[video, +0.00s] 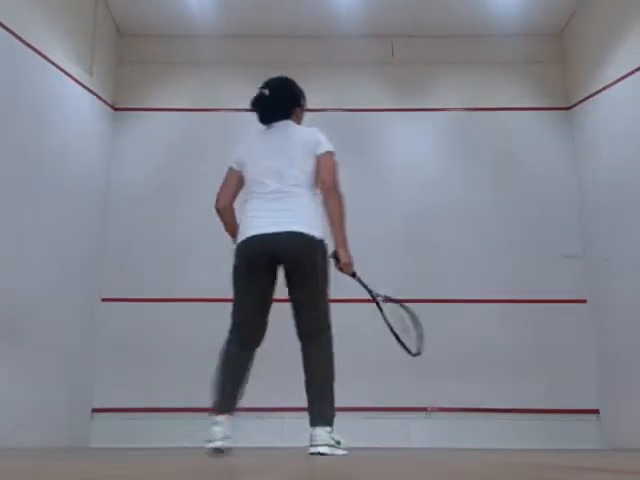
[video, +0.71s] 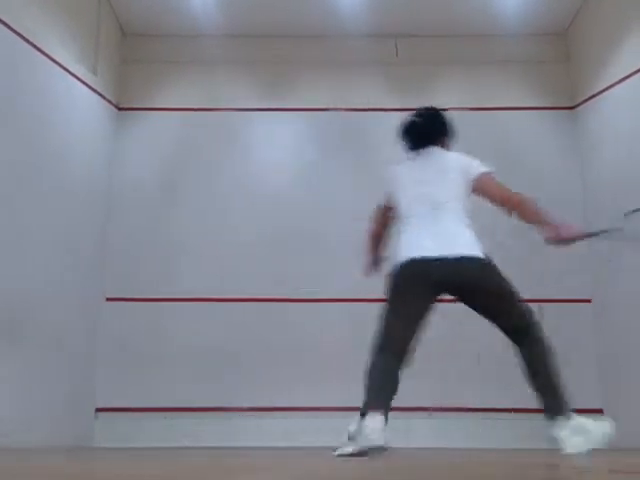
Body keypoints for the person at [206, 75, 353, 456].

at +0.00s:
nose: (304, 112)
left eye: (302, 107)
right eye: (303, 107)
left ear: (263, 111)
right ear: (297, 110)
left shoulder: (248, 145)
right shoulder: (313, 138)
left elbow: (223, 202)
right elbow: (329, 188)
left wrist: (241, 239)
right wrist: (342, 246)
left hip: (254, 242)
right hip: (303, 240)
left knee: (244, 332)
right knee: (315, 334)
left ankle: (221, 420)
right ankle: (322, 430)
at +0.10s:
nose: (312, 115)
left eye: (310, 110)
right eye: (311, 110)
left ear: (270, 112)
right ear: (305, 111)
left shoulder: (253, 146)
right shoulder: (320, 140)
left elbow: (228, 204)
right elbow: (343, 187)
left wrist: (239, 247)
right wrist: (354, 243)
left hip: (261, 242)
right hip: (312, 238)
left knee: (257, 332)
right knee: (332, 330)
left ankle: (243, 425)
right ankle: (332, 422)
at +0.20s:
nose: (324, 122)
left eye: (322, 117)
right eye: (323, 117)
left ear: (281, 120)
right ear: (316, 119)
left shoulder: (267, 153)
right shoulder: (332, 147)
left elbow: (236, 209)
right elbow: (366, 194)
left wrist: (234, 249)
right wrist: (375, 246)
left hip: (277, 249)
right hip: (329, 247)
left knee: (260, 338)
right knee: (362, 329)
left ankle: (245, 427)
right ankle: (380, 411)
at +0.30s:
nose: (337, 120)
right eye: (336, 114)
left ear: (296, 122)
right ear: (333, 120)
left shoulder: (288, 156)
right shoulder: (353, 151)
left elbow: (251, 201)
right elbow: (391, 199)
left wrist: (227, 243)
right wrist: (400, 248)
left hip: (296, 251)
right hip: (349, 251)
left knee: (267, 339)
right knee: (386, 332)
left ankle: (245, 428)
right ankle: (432, 414)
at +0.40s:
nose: (362, 117)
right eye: (360, 112)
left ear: (322, 121)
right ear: (359, 116)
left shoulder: (317, 151)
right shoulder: (382, 149)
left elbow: (275, 189)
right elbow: (418, 197)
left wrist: (233, 235)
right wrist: (423, 245)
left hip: (337, 246)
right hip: (387, 246)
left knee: (299, 335)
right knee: (414, 337)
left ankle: (260, 420)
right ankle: (446, 426)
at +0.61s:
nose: (412, 132)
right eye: (410, 128)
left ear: (369, 134)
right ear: (404, 130)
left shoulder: (357, 168)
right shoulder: (421, 157)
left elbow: (331, 224)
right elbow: (465, 200)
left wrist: (317, 265)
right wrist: (488, 233)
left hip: (385, 255)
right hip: (437, 249)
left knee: (372, 343)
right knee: (472, 324)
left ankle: (366, 426)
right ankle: (496, 407)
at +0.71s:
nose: (448, 141)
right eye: (446, 136)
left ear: (408, 140)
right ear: (444, 137)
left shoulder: (397, 174)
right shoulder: (460, 163)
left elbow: (378, 224)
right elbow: (507, 198)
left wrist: (374, 259)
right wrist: (552, 225)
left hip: (414, 267)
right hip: (466, 263)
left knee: (391, 347)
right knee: (525, 331)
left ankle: (372, 422)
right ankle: (562, 421)